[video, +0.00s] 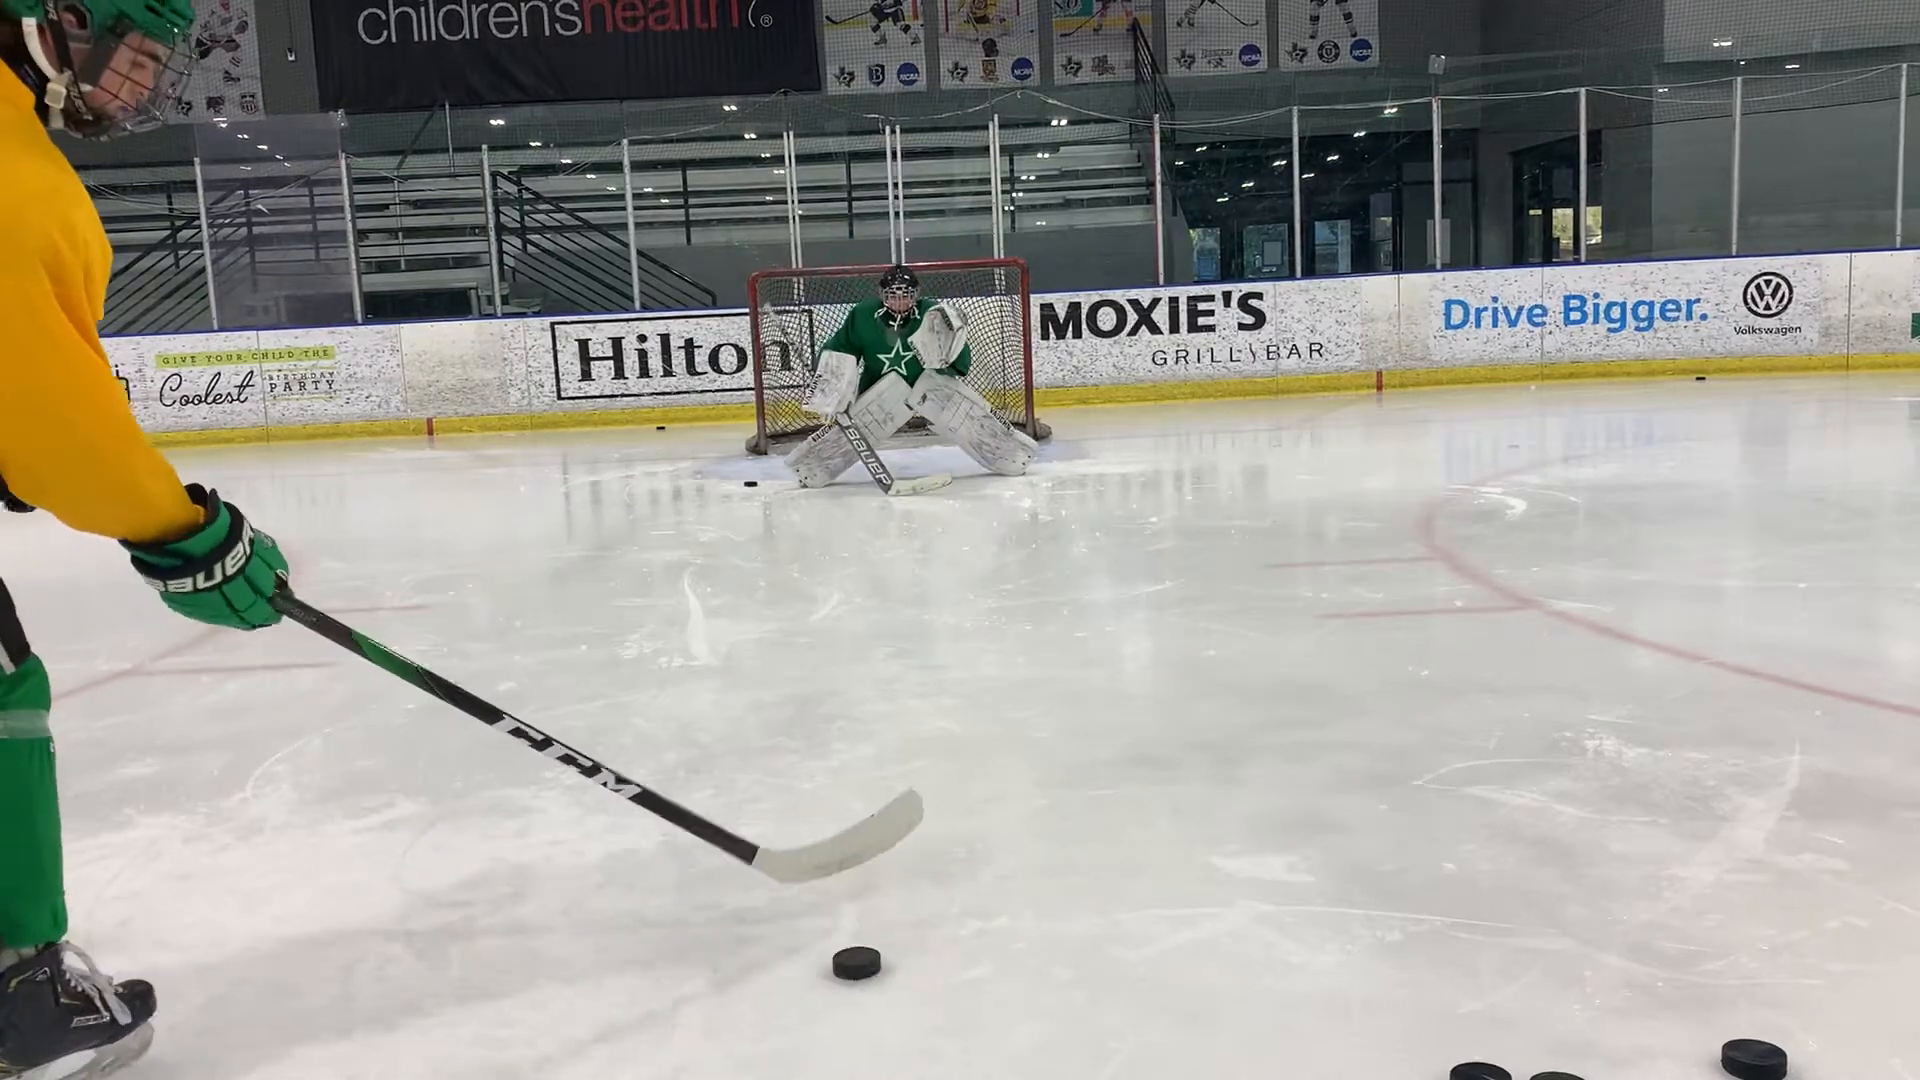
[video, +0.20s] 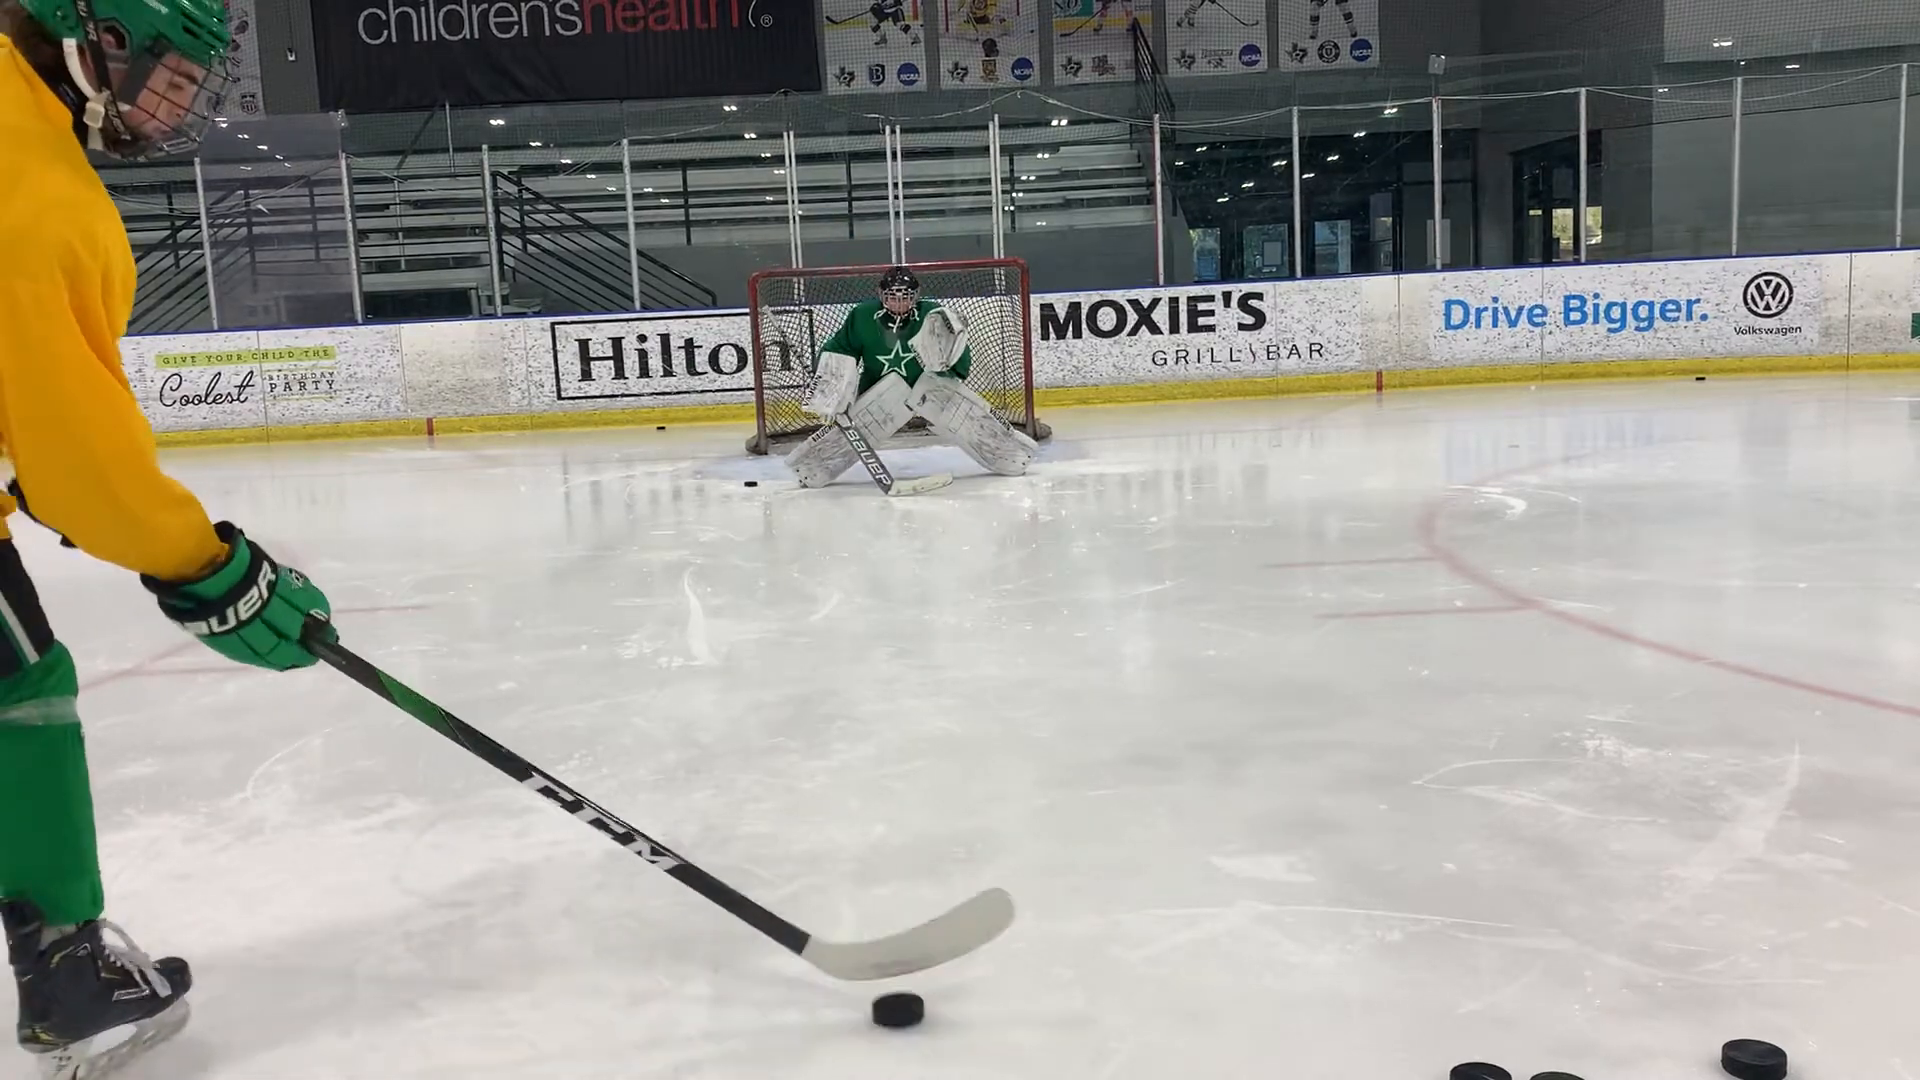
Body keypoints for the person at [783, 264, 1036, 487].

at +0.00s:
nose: (899, 302)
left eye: (905, 295)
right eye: (893, 295)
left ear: (915, 295)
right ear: (883, 295)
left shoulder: (931, 312)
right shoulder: (864, 315)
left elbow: (962, 365)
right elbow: (837, 351)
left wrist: (949, 335)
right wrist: (833, 387)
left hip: (929, 382)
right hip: (882, 387)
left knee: (966, 415)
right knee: (855, 429)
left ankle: (1010, 455)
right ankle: (813, 468)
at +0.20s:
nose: (899, 303)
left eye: (905, 297)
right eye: (893, 297)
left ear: (915, 296)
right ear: (882, 296)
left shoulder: (932, 313)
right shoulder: (863, 317)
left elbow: (961, 367)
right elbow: (836, 352)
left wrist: (951, 342)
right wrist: (832, 389)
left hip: (930, 386)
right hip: (881, 390)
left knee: (965, 418)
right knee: (855, 429)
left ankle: (1010, 455)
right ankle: (813, 468)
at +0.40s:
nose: (900, 303)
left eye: (905, 296)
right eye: (894, 297)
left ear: (915, 296)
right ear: (883, 297)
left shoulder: (933, 314)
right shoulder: (863, 317)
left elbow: (961, 368)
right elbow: (835, 352)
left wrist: (952, 343)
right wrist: (832, 389)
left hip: (930, 387)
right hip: (881, 391)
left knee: (964, 418)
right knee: (855, 430)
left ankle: (1010, 454)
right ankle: (813, 468)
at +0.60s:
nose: (900, 304)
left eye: (905, 297)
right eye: (894, 297)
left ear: (916, 296)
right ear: (884, 297)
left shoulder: (934, 315)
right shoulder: (864, 317)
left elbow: (962, 371)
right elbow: (835, 352)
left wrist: (956, 341)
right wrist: (832, 390)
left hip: (930, 388)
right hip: (882, 392)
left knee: (965, 418)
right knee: (854, 430)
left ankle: (1008, 453)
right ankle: (814, 467)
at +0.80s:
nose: (901, 305)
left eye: (906, 298)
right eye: (895, 298)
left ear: (917, 297)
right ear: (885, 298)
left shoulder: (935, 316)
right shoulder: (864, 318)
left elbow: (964, 374)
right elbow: (836, 353)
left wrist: (955, 349)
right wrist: (833, 391)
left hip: (932, 390)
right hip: (882, 394)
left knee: (965, 418)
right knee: (854, 431)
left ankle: (1009, 453)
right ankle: (815, 467)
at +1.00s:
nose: (906, 308)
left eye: (912, 302)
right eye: (900, 302)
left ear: (920, 300)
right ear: (889, 300)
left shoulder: (938, 321)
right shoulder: (865, 319)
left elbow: (963, 365)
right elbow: (834, 355)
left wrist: (982, 358)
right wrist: (847, 379)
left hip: (935, 418)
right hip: (883, 419)